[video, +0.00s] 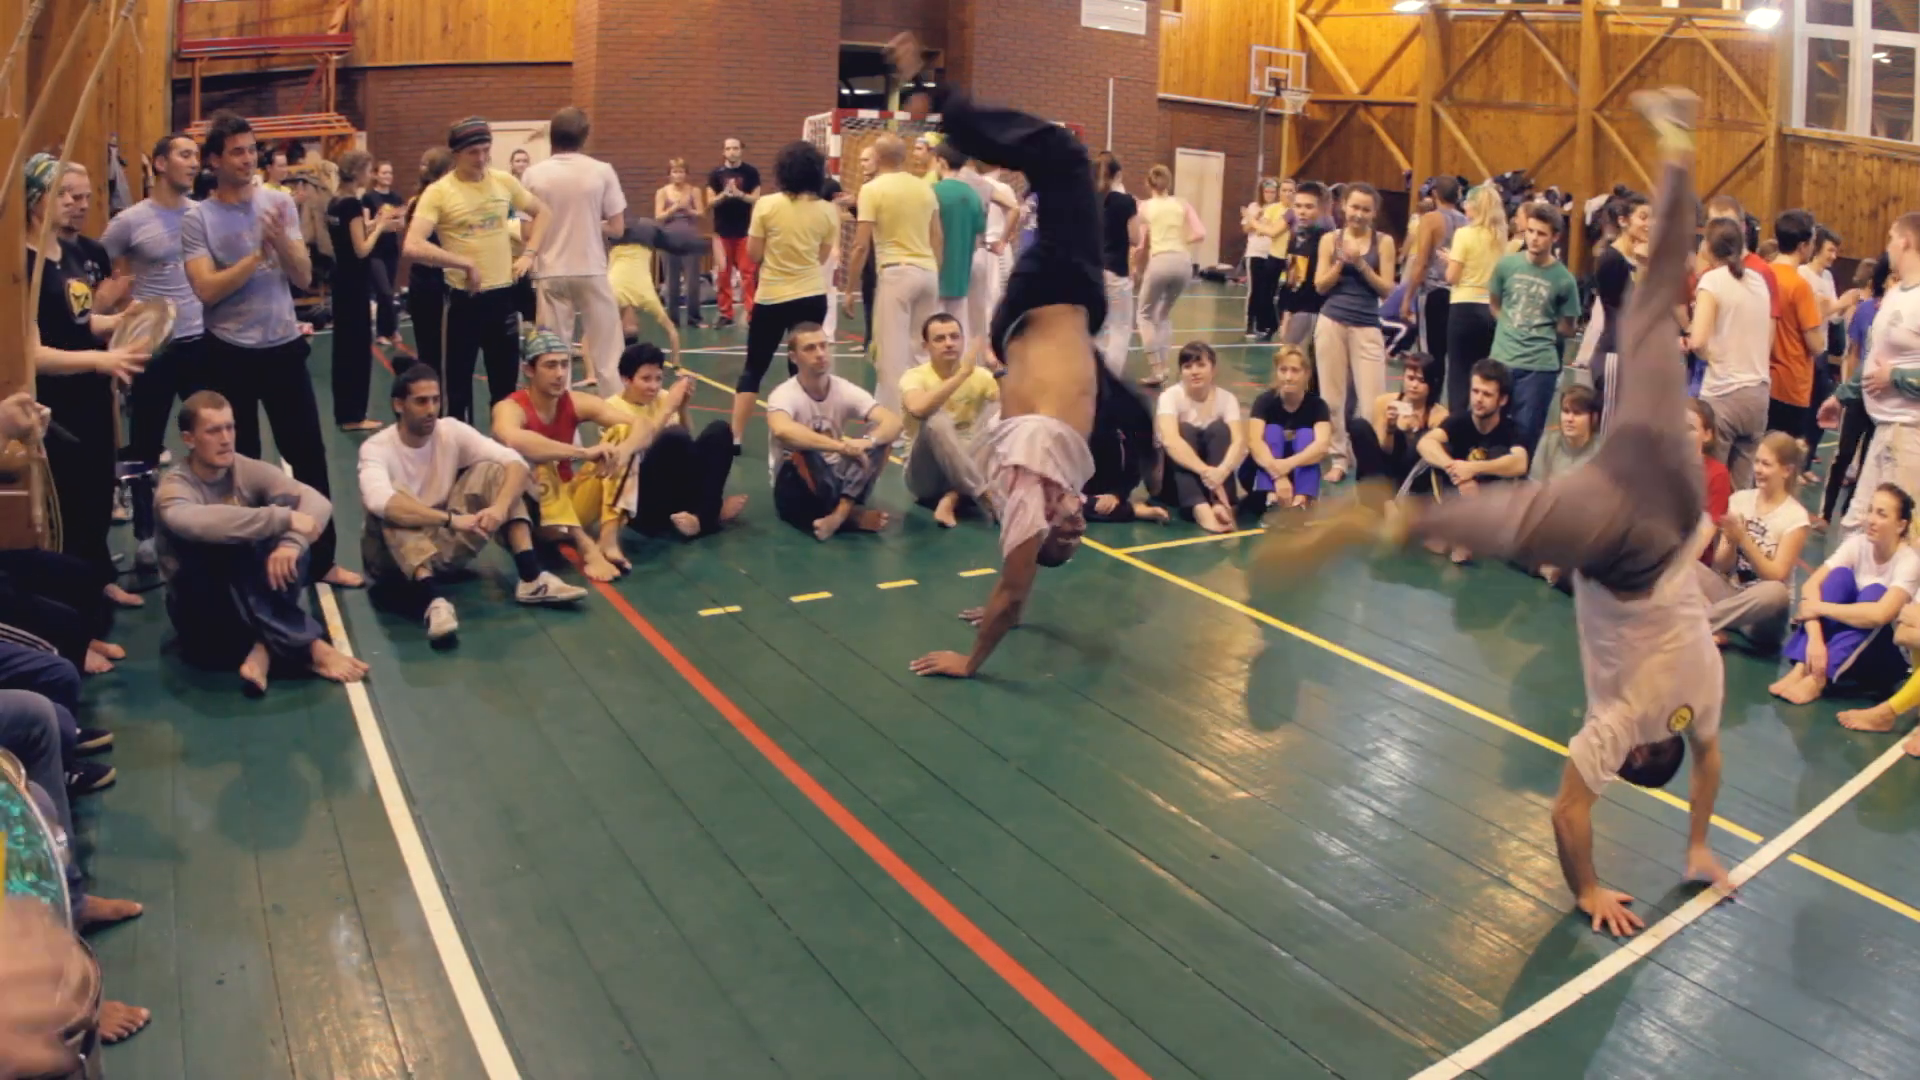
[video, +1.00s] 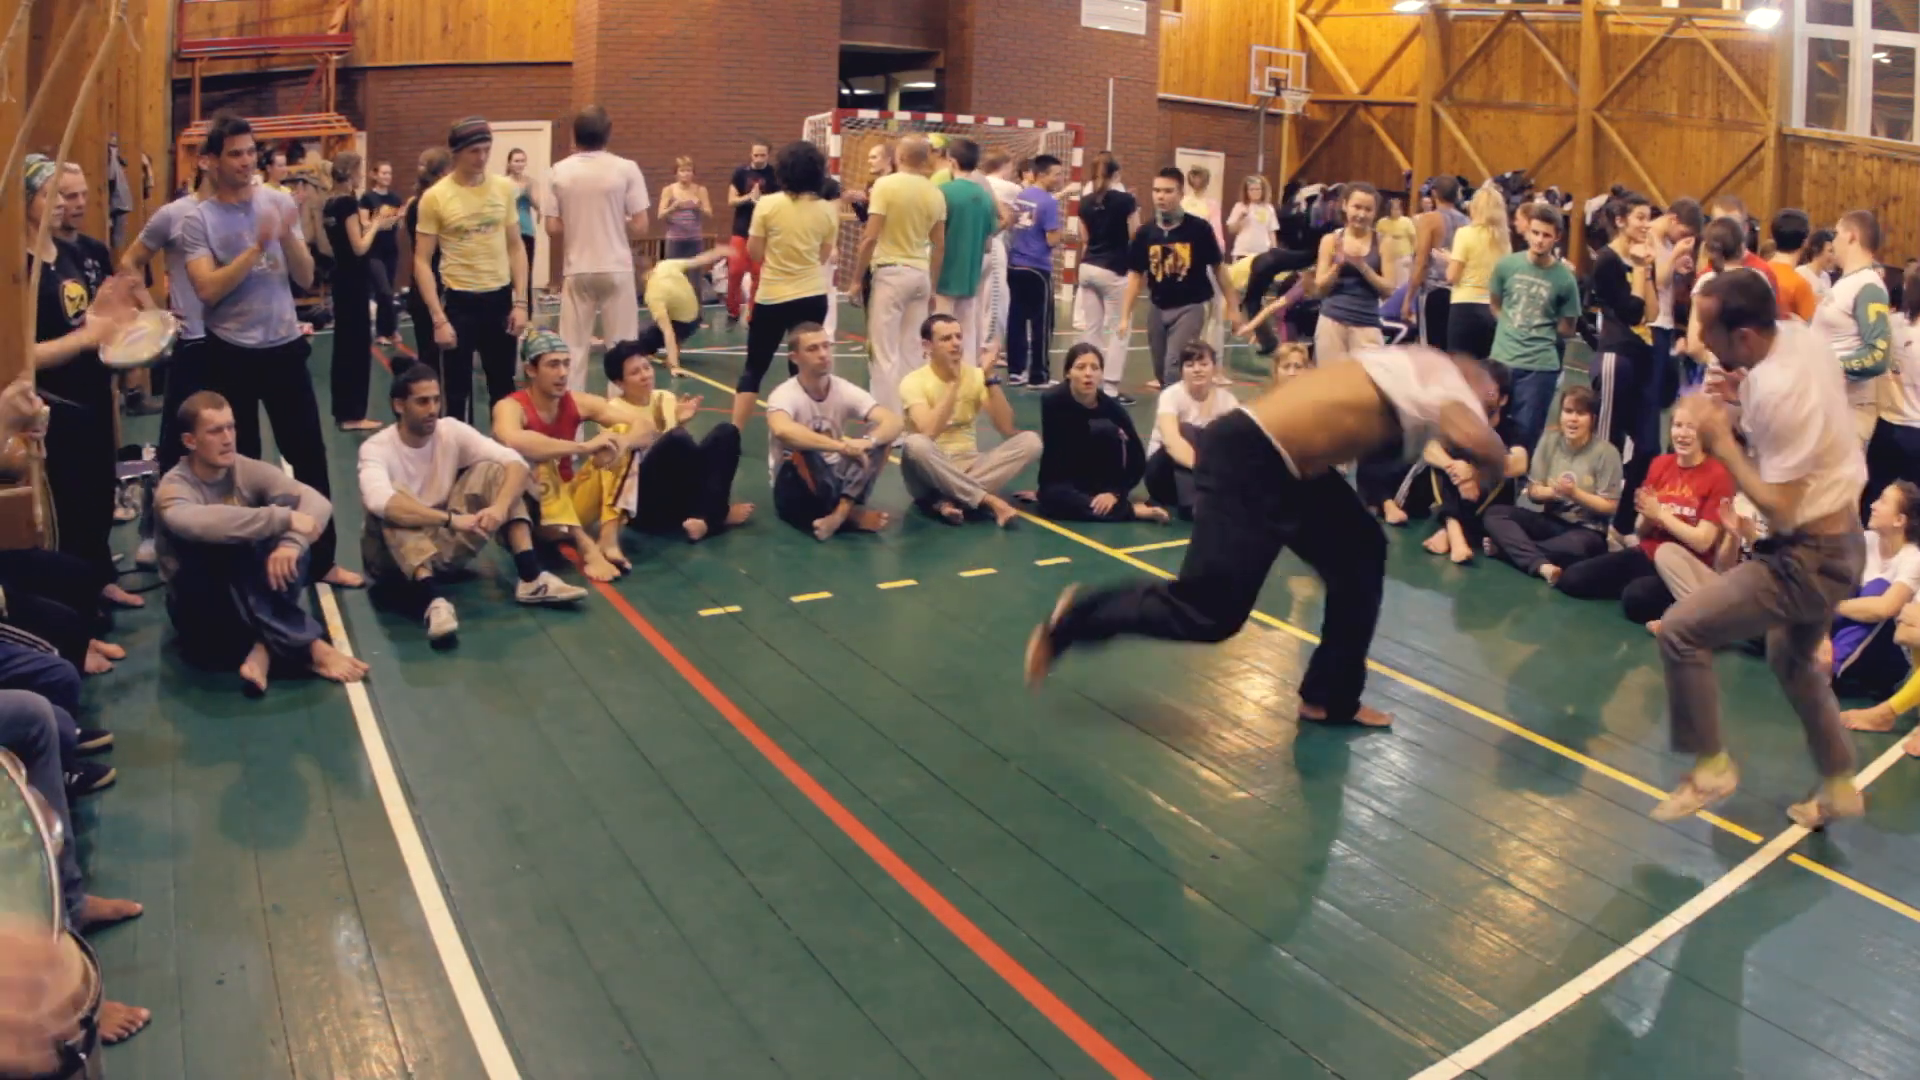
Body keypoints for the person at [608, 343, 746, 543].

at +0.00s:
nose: (653, 386)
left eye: (658, 379)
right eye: (646, 379)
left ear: (663, 378)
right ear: (627, 380)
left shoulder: (664, 399)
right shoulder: (612, 409)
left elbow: (686, 442)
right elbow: (637, 447)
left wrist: (683, 409)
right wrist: (669, 407)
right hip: (643, 512)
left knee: (720, 430)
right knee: (674, 439)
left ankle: (700, 518)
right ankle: (714, 511)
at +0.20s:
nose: (647, 388)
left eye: (651, 381)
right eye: (639, 382)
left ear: (655, 380)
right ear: (619, 382)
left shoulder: (655, 406)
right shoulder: (606, 413)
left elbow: (684, 436)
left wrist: (683, 399)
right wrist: (657, 400)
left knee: (715, 425)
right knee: (673, 436)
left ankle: (701, 516)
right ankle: (712, 508)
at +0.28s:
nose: (645, 387)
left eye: (649, 379)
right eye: (637, 380)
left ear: (654, 379)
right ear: (616, 383)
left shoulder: (653, 407)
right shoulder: (605, 417)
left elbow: (682, 443)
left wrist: (676, 403)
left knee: (715, 425)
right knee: (673, 435)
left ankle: (699, 514)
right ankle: (712, 509)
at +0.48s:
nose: (639, 380)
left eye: (642, 372)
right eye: (630, 374)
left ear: (647, 373)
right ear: (612, 383)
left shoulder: (656, 403)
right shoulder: (603, 424)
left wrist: (673, 419)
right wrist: (718, 507)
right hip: (646, 514)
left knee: (718, 427)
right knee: (676, 436)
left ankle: (702, 515)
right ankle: (714, 510)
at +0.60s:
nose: (638, 376)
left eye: (640, 368)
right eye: (628, 373)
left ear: (645, 369)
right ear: (612, 384)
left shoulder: (658, 403)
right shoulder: (604, 420)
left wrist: (678, 417)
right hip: (646, 512)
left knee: (719, 428)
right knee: (677, 438)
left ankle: (701, 516)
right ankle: (718, 514)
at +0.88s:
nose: (642, 375)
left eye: (643, 368)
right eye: (632, 372)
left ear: (649, 368)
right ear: (617, 384)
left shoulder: (661, 400)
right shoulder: (610, 413)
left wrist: (676, 419)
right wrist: (661, 420)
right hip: (646, 512)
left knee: (725, 431)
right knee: (676, 439)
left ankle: (702, 516)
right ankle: (720, 513)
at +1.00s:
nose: (645, 375)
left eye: (647, 367)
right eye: (635, 372)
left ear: (652, 368)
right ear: (619, 383)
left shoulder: (665, 400)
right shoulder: (613, 413)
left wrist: (677, 418)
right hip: (647, 512)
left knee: (727, 432)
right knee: (676, 440)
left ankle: (703, 518)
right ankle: (719, 513)